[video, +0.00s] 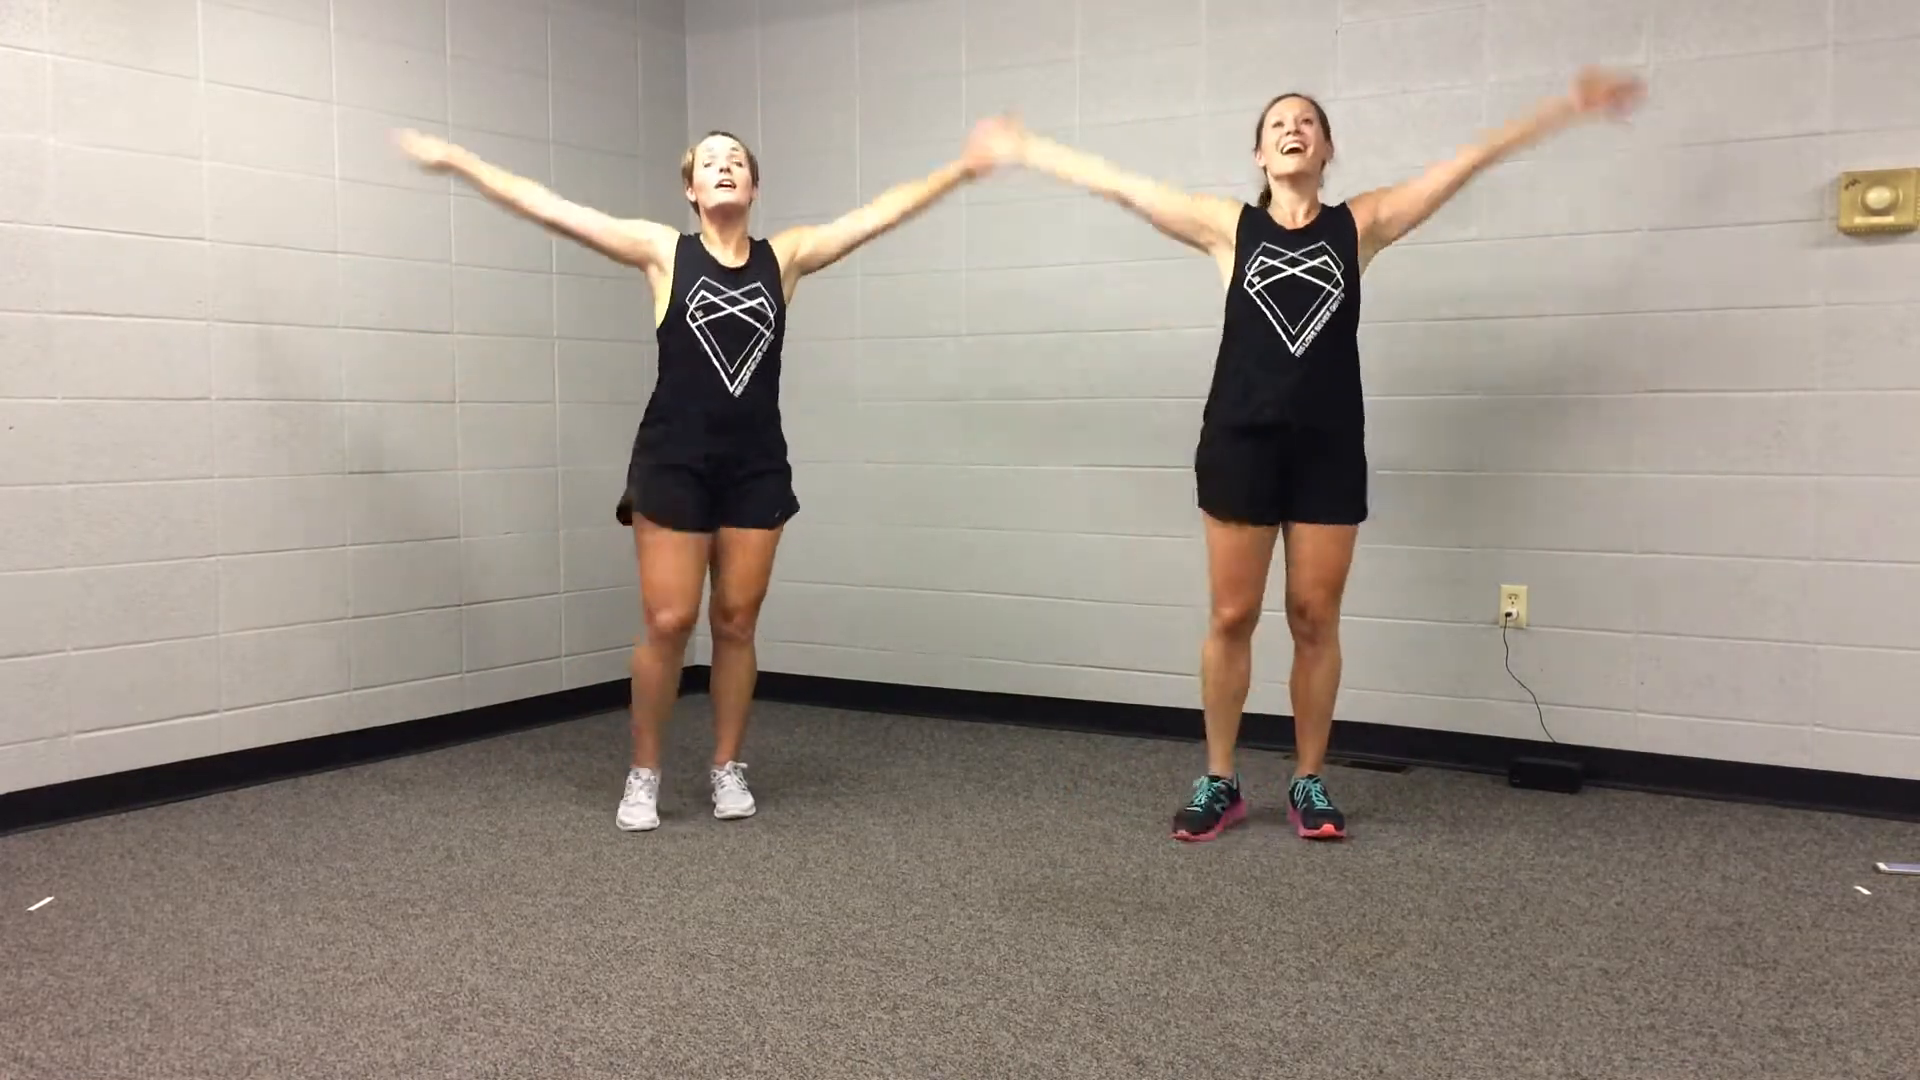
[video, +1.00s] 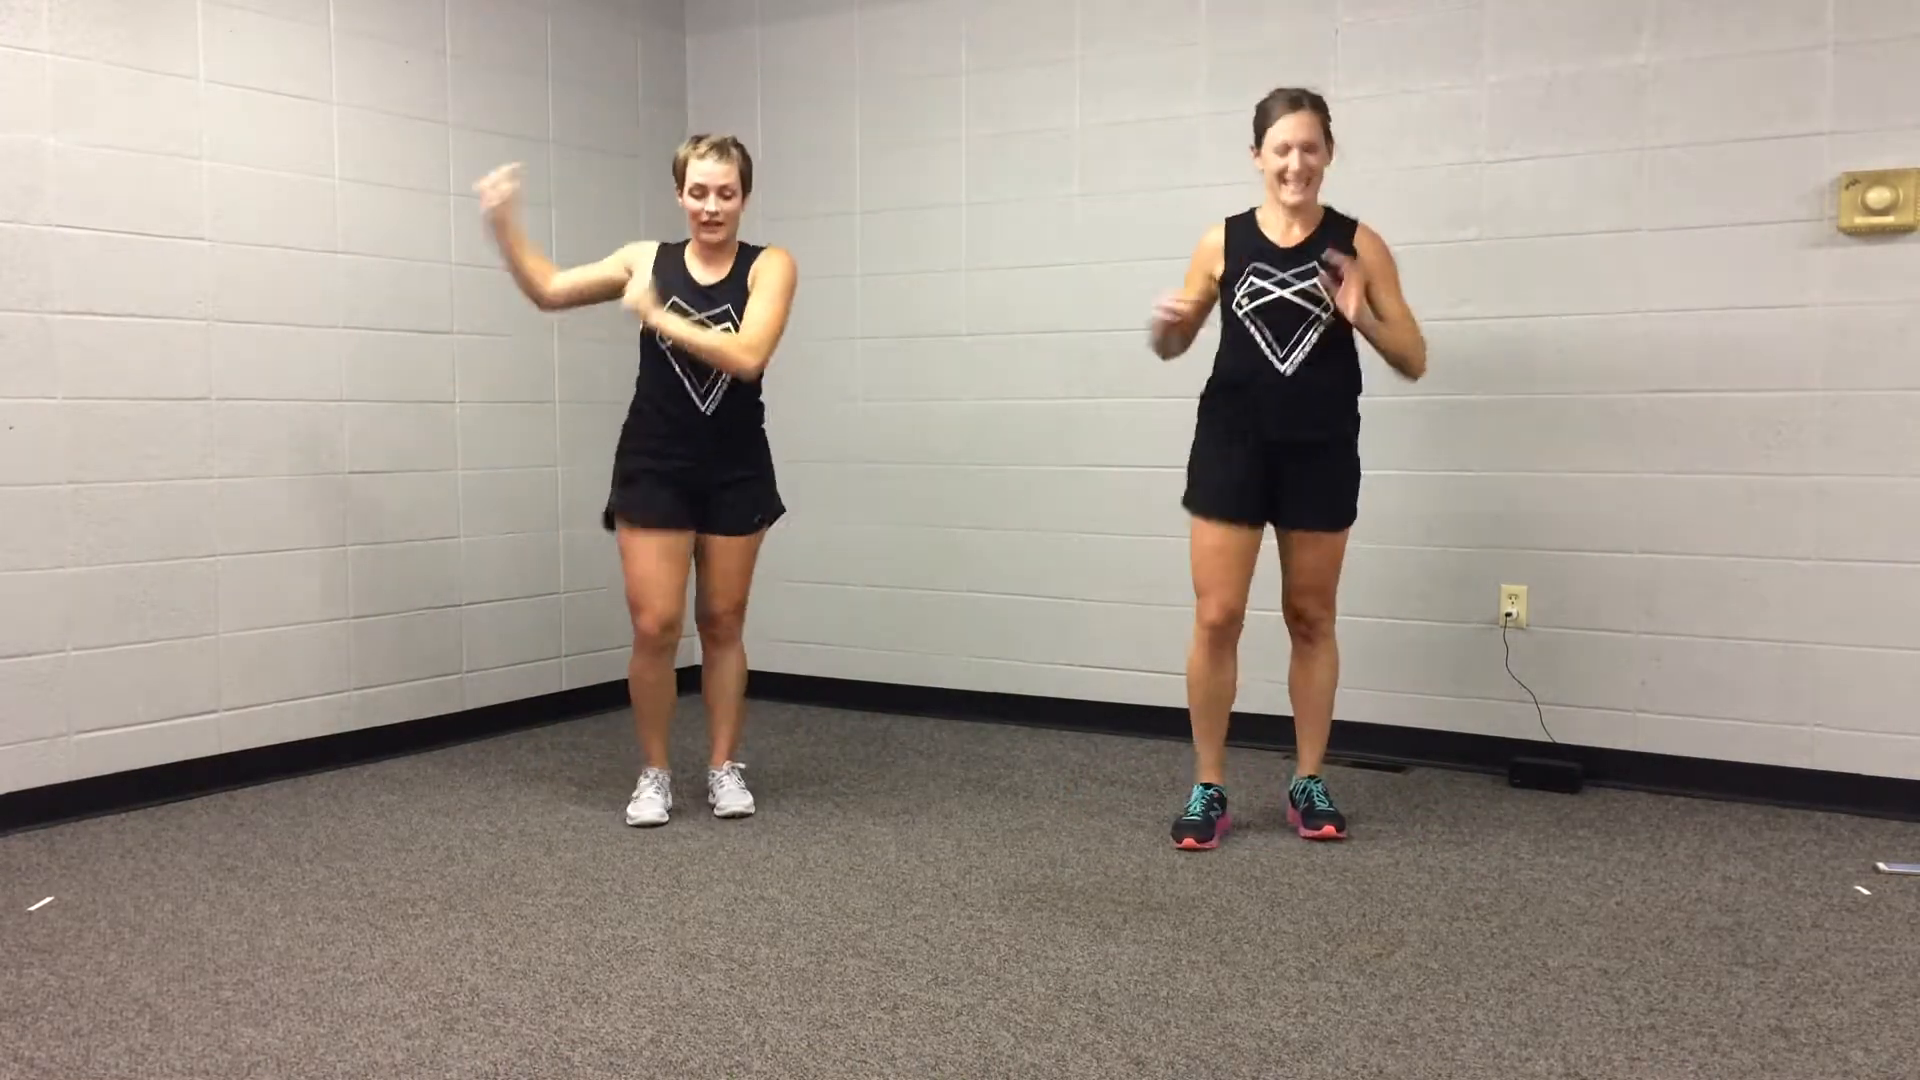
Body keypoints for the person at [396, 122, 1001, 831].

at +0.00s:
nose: (724, 167)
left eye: (736, 161)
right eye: (709, 163)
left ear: (755, 188)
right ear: (689, 192)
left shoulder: (785, 255)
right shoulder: (663, 250)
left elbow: (877, 214)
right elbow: (554, 209)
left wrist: (962, 168)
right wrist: (461, 160)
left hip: (756, 467)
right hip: (672, 465)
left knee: (736, 621)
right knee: (669, 621)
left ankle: (727, 768)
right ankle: (645, 774)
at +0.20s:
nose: (726, 192)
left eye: (738, 183)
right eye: (713, 182)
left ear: (756, 201)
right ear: (690, 200)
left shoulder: (782, 267)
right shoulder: (664, 261)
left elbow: (861, 187)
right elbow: (574, 180)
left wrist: (904, 99)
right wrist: (527, 81)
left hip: (756, 473)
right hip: (674, 465)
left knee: (743, 628)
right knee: (645, 573)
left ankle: (726, 765)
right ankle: (641, 697)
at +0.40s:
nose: (723, 182)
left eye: (734, 173)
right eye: (709, 172)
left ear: (753, 188)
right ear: (689, 189)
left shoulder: (779, 257)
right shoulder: (661, 252)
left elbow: (855, 212)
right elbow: (574, 203)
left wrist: (813, 119)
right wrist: (629, 118)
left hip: (751, 459)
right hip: (668, 452)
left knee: (732, 618)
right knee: (648, 598)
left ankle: (722, 765)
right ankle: (639, 746)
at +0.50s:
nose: (725, 193)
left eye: (737, 183)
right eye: (713, 181)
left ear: (753, 196)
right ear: (689, 192)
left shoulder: (773, 269)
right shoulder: (663, 261)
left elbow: (837, 261)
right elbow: (585, 248)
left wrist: (778, 181)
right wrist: (664, 175)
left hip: (748, 472)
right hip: (665, 469)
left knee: (732, 623)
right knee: (658, 624)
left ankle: (724, 769)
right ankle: (637, 775)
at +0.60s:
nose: (720, 198)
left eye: (733, 187)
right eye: (708, 186)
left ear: (752, 197)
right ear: (689, 196)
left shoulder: (779, 272)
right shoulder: (661, 269)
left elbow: (817, 342)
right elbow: (586, 317)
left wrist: (751, 279)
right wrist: (680, 249)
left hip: (749, 467)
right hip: (667, 462)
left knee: (733, 623)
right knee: (643, 609)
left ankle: (724, 767)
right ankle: (633, 764)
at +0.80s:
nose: (719, 213)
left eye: (732, 201)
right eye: (707, 200)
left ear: (751, 209)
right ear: (689, 207)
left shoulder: (779, 287)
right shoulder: (653, 277)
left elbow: (778, 383)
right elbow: (558, 334)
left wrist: (703, 318)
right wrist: (589, 271)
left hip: (747, 473)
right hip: (665, 463)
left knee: (737, 630)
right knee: (636, 566)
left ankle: (724, 767)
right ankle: (641, 686)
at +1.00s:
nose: (712, 206)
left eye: (725, 193)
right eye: (700, 193)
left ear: (745, 199)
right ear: (681, 196)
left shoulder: (771, 266)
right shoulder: (646, 260)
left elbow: (748, 358)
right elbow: (549, 289)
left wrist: (660, 318)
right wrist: (504, 223)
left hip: (735, 468)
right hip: (654, 465)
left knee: (722, 621)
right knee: (655, 626)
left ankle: (725, 766)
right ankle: (654, 772)